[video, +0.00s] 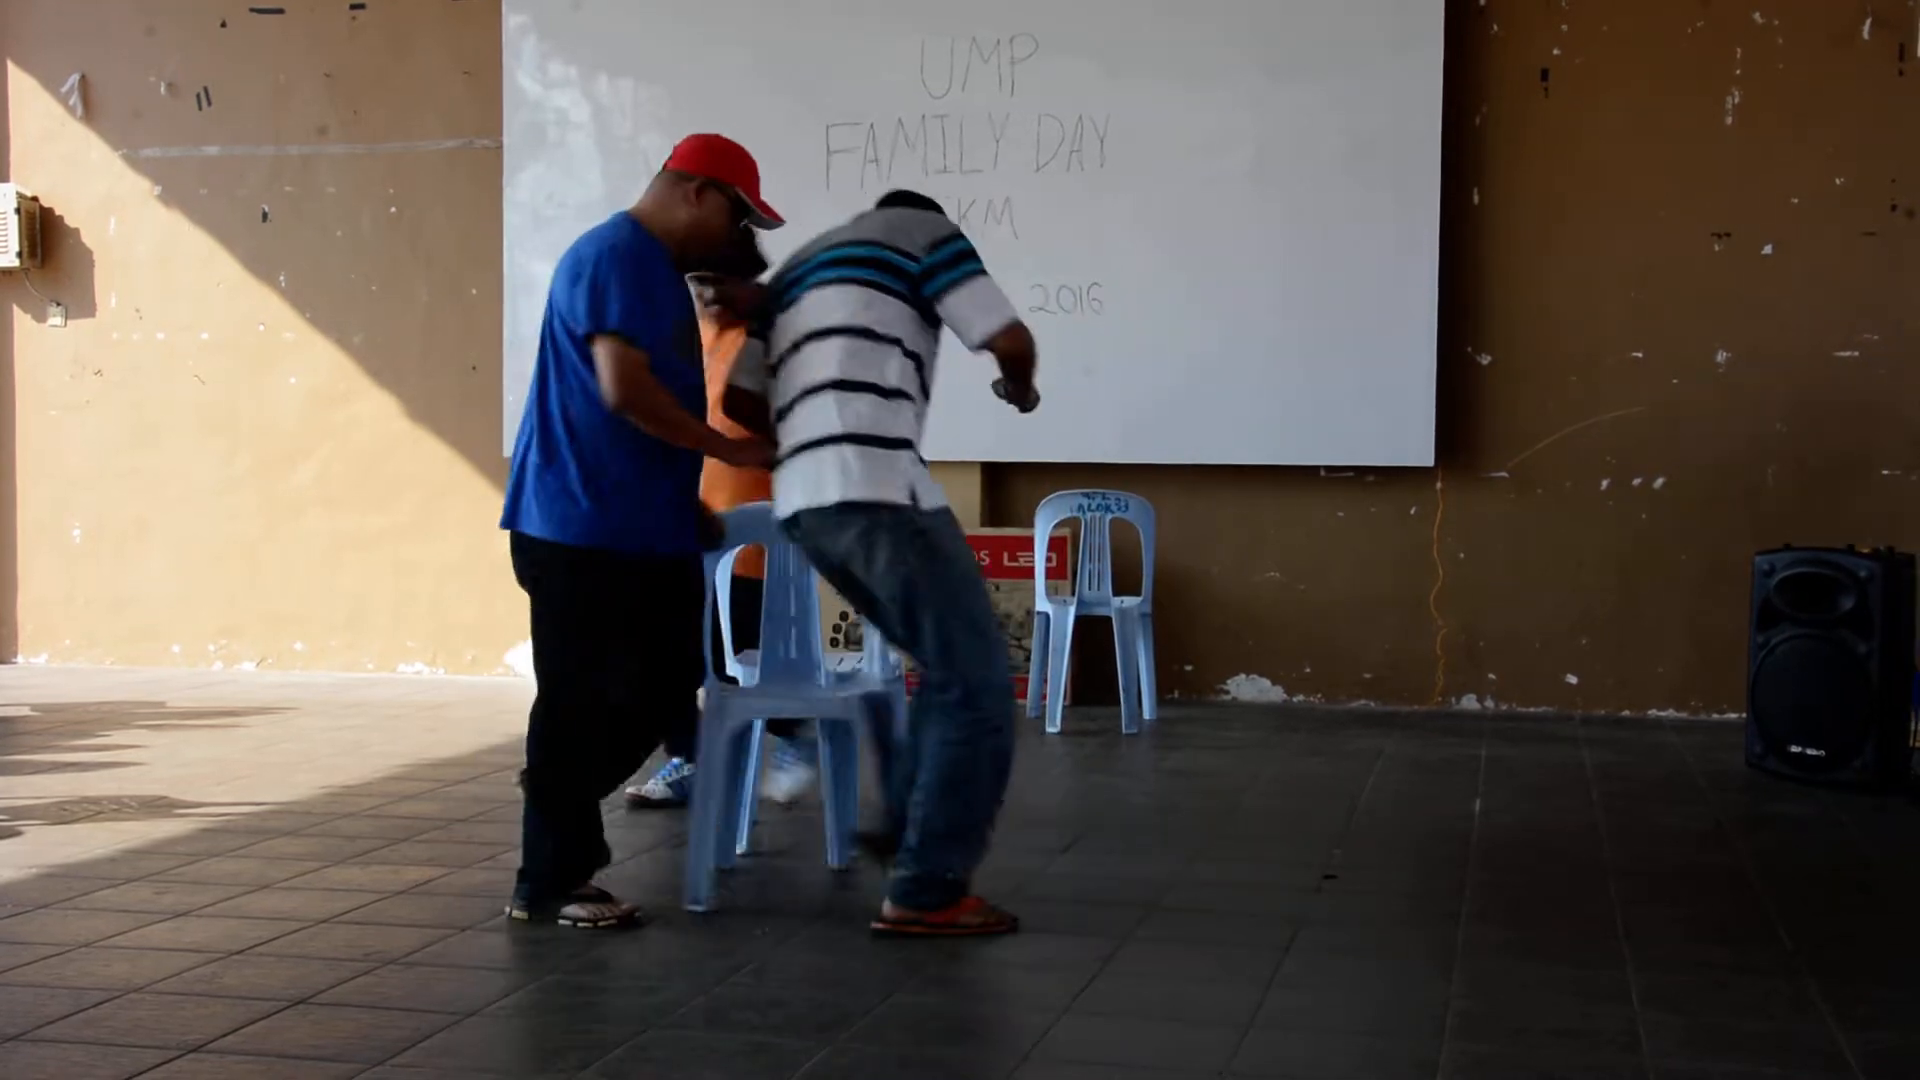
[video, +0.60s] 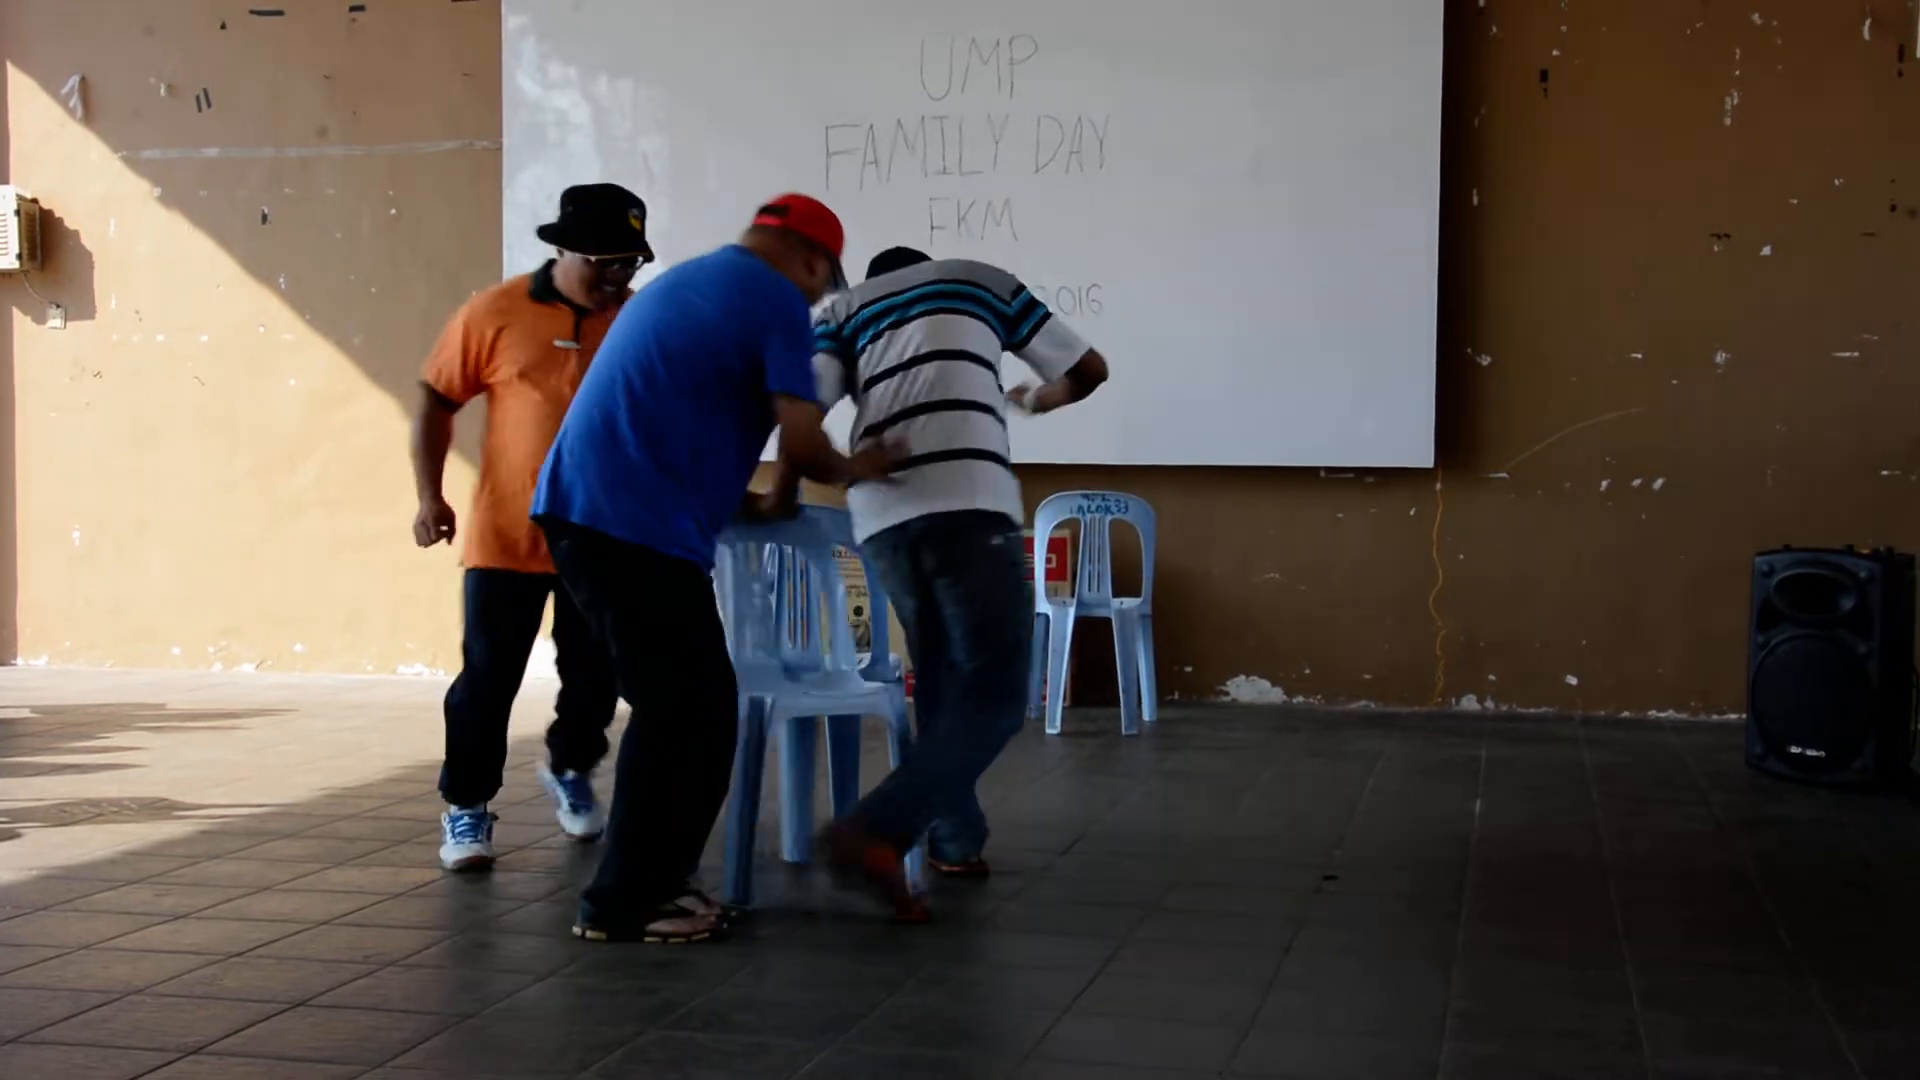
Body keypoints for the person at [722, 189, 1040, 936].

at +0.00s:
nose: (949, 248)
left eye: (946, 241)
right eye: (944, 236)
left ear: (872, 213)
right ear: (926, 218)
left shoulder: (794, 267)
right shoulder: (919, 226)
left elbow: (734, 396)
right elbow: (1012, 342)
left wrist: (807, 445)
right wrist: (1017, 387)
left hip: (805, 501)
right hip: (876, 487)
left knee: (940, 667)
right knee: (978, 680)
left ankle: (911, 846)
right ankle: (927, 893)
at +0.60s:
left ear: (867, 275)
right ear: (930, 262)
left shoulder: (841, 308)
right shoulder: (980, 279)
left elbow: (802, 413)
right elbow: (1088, 369)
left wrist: (778, 496)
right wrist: (1034, 400)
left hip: (885, 521)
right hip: (973, 503)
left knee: (936, 683)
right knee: (998, 697)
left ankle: (957, 843)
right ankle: (872, 830)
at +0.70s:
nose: (845, 298)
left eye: (845, 288)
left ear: (861, 270)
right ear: (925, 252)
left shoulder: (851, 297)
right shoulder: (982, 268)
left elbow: (817, 387)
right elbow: (1075, 373)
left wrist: (797, 488)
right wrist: (1011, 416)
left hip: (905, 510)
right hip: (999, 491)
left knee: (939, 675)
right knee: (1019, 673)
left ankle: (959, 848)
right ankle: (950, 798)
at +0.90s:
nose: (853, 280)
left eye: (853, 270)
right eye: (851, 270)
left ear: (871, 251)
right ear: (923, 236)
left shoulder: (875, 276)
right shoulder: (1007, 260)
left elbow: (877, 367)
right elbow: (1069, 380)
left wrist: (841, 468)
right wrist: (1010, 431)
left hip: (943, 502)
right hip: (1039, 489)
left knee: (946, 659)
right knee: (1052, 657)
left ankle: (975, 805)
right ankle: (1079, 834)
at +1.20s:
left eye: (832, 267)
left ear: (846, 257)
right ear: (879, 236)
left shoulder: (871, 288)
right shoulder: (962, 253)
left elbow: (916, 393)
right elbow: (1038, 339)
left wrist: (864, 468)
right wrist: (983, 396)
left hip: (953, 497)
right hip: (1035, 479)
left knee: (929, 656)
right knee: (1033, 644)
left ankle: (963, 816)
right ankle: (1058, 775)